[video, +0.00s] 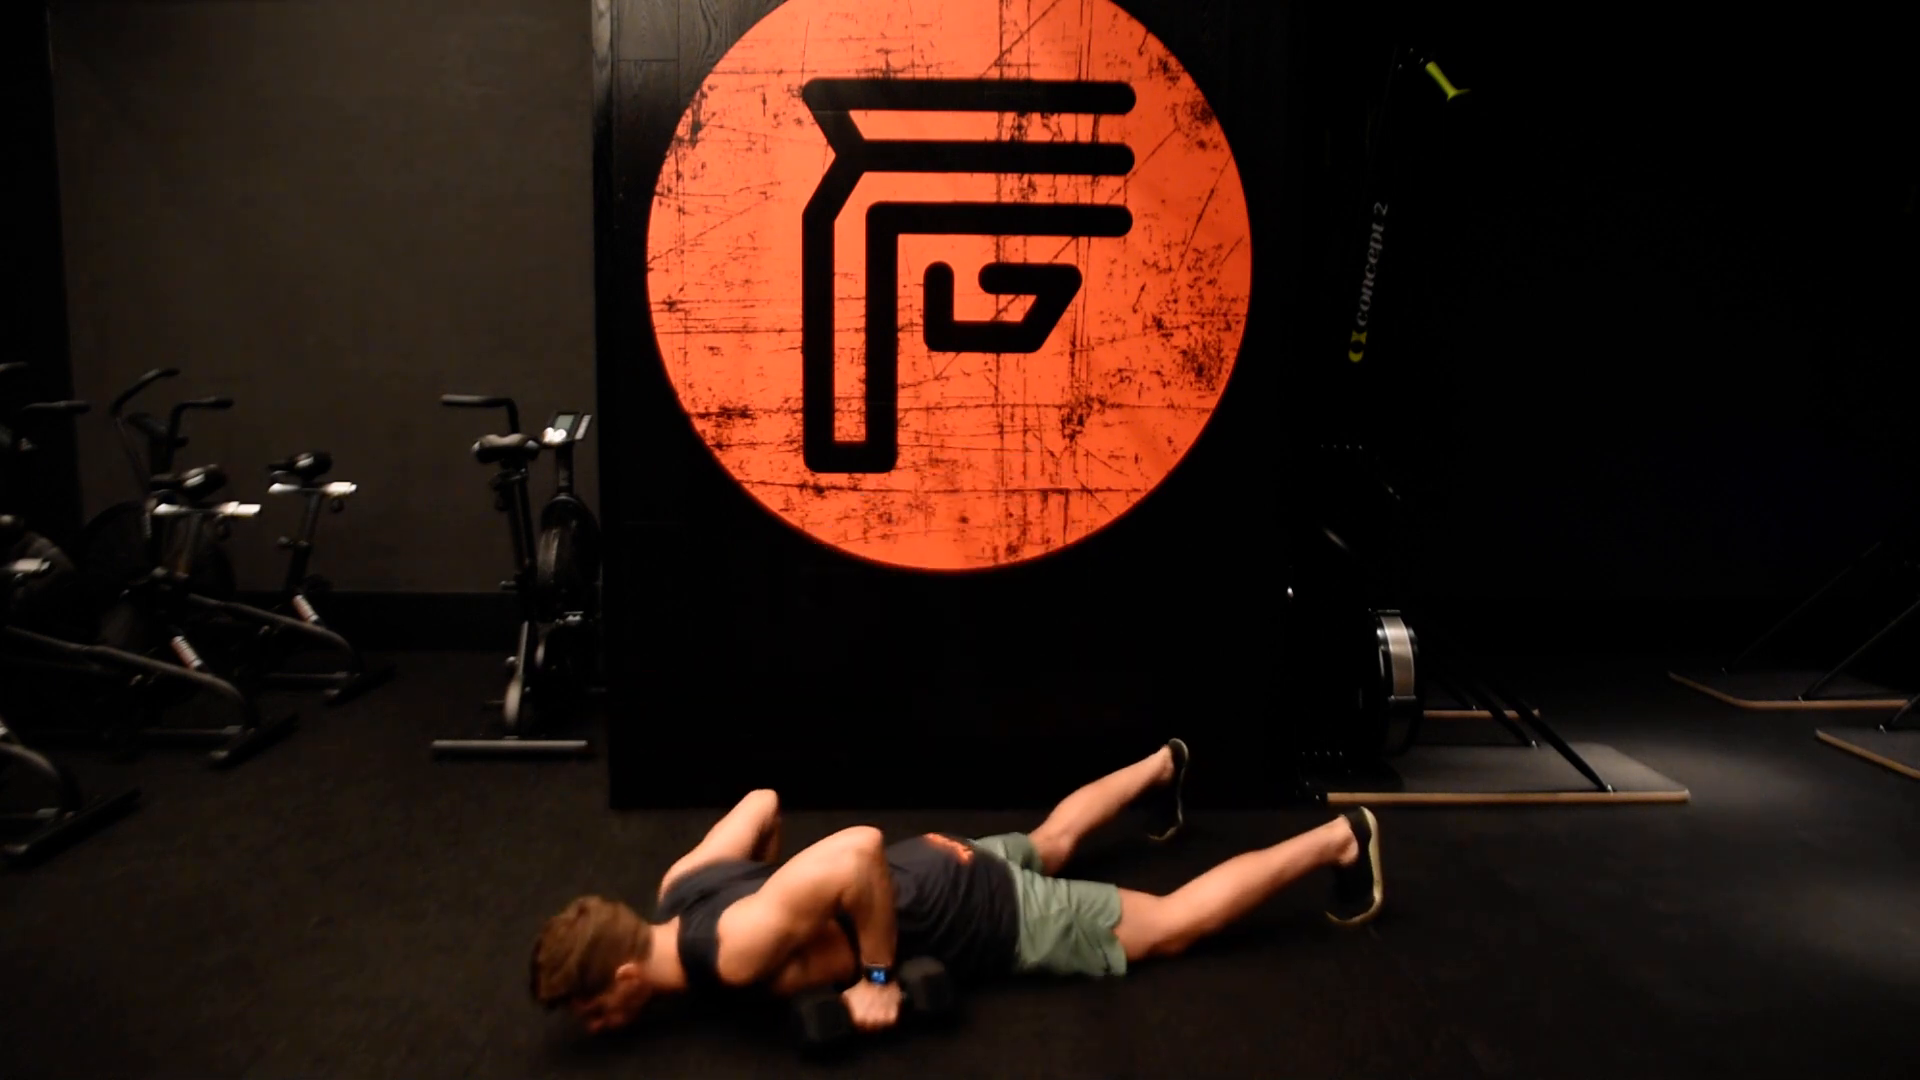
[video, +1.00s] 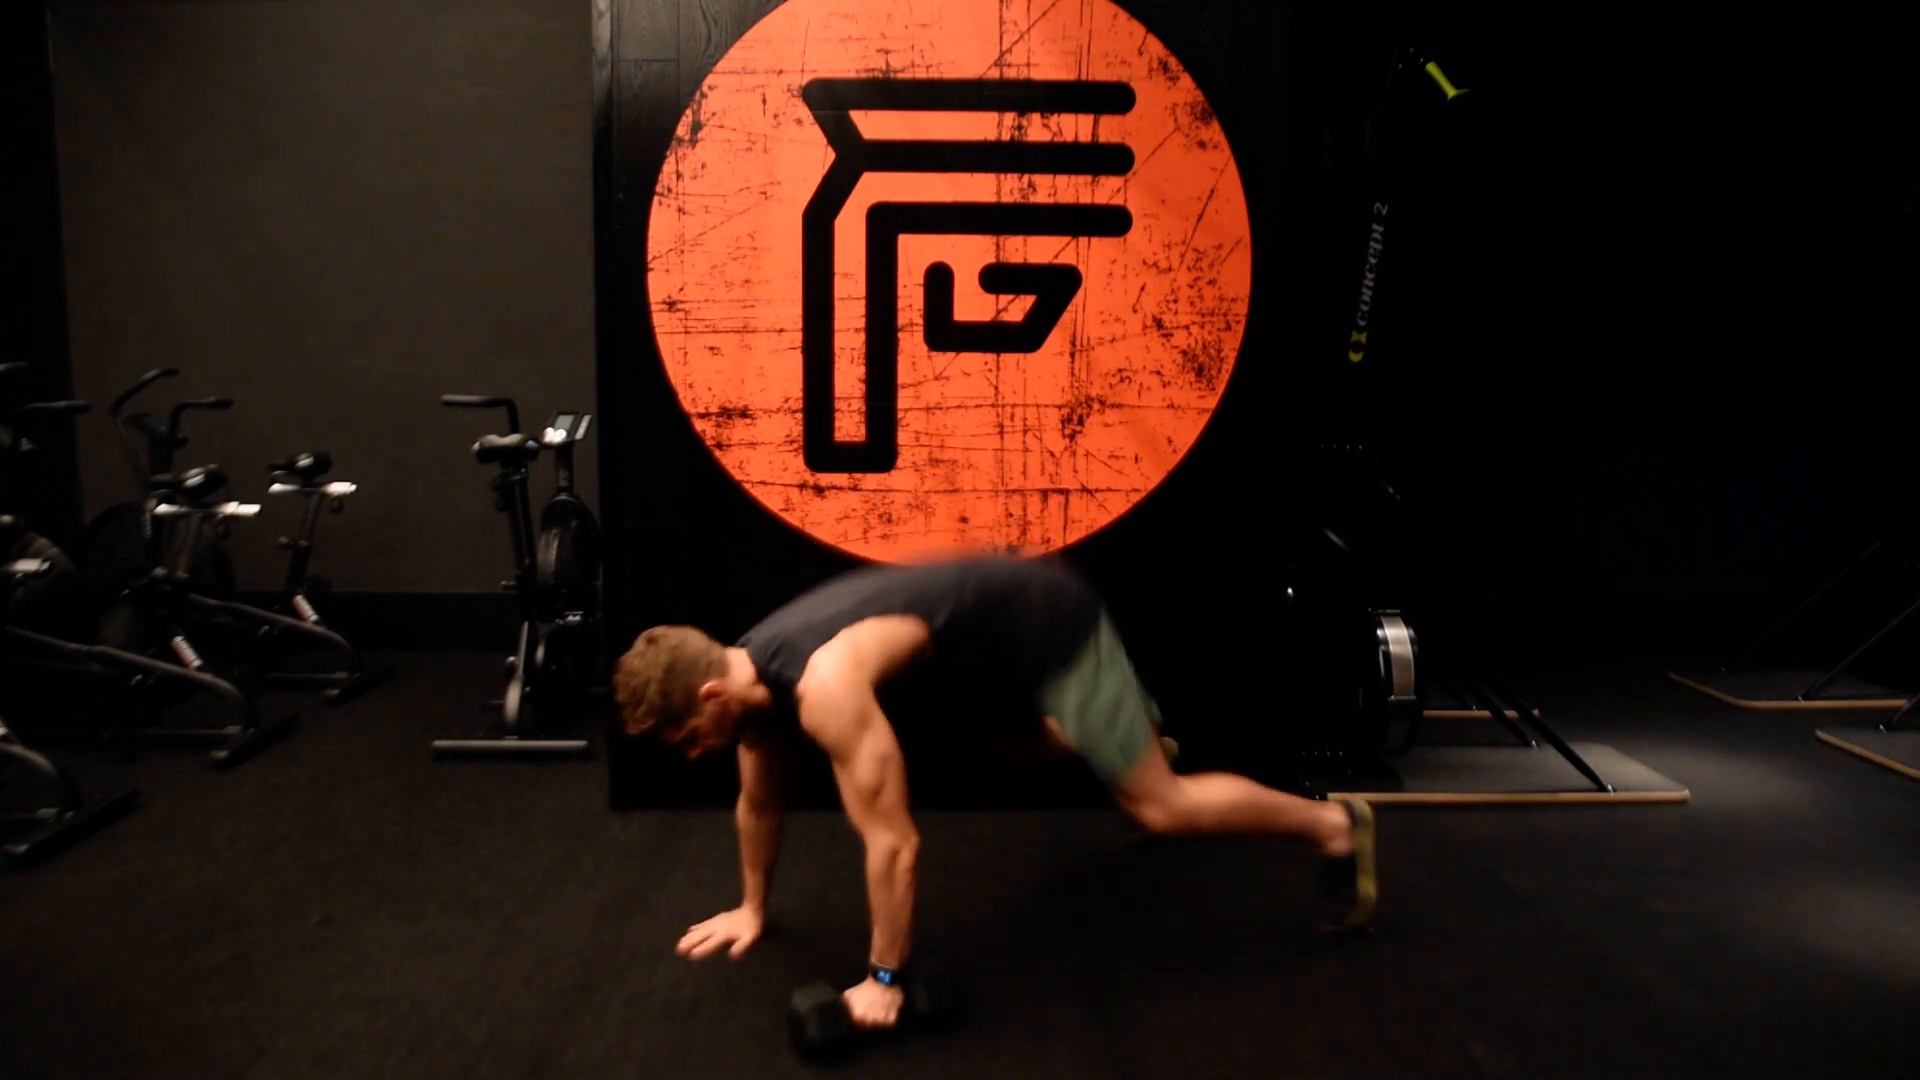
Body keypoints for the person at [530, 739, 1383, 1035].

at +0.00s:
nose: (595, 1027)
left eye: (591, 1014)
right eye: (585, 1016)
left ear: (620, 986)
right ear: (614, 946)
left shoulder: (734, 948)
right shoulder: (675, 895)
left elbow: (861, 855)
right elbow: (759, 805)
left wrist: (874, 977)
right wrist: (731, 893)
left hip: (982, 910)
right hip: (941, 855)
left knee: (1165, 923)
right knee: (1049, 841)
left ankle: (1334, 834)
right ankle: (1162, 758)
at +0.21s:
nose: (589, 1010)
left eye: (591, 996)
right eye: (581, 997)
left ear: (624, 969)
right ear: (615, 931)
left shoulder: (736, 942)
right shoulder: (676, 888)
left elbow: (873, 860)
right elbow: (767, 801)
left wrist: (875, 976)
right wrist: (726, 885)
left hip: (982, 907)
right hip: (939, 856)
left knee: (1169, 922)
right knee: (1045, 844)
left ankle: (1336, 834)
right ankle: (1154, 760)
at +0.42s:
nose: (605, 880)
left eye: (603, 863)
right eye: (597, 868)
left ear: (634, 838)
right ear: (643, 818)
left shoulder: (760, 850)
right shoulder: (708, 813)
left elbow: (925, 856)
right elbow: (809, 827)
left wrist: (887, 980)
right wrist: (758, 914)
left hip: (1001, 898)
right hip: (954, 861)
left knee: (1179, 923)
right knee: (1046, 845)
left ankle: (1344, 830)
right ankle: (1155, 755)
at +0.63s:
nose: (664, 759)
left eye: (662, 743)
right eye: (654, 750)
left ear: (691, 708)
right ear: (691, 697)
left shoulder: (827, 741)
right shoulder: (757, 722)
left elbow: (935, 854)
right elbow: (781, 817)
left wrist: (887, 977)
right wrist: (757, 914)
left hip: (1017, 847)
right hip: (959, 825)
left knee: (1187, 924)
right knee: (1058, 838)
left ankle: (1353, 843)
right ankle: (1159, 766)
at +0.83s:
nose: (692, 745)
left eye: (689, 729)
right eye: (680, 736)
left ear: (716, 690)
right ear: (709, 689)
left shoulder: (848, 702)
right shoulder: (759, 696)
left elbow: (920, 844)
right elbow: (776, 806)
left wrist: (886, 975)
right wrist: (755, 914)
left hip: (1049, 779)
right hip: (990, 769)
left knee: (1195, 882)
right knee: (1069, 815)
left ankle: (1374, 848)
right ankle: (1170, 771)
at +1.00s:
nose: (694, 745)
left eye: (691, 730)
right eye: (682, 738)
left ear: (717, 691)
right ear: (706, 683)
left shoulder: (827, 691)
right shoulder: (751, 676)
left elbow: (893, 843)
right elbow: (758, 798)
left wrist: (884, 976)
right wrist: (749, 908)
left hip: (1050, 617)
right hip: (974, 627)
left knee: (1160, 802)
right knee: (1062, 737)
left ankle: (1336, 824)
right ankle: (1159, 762)